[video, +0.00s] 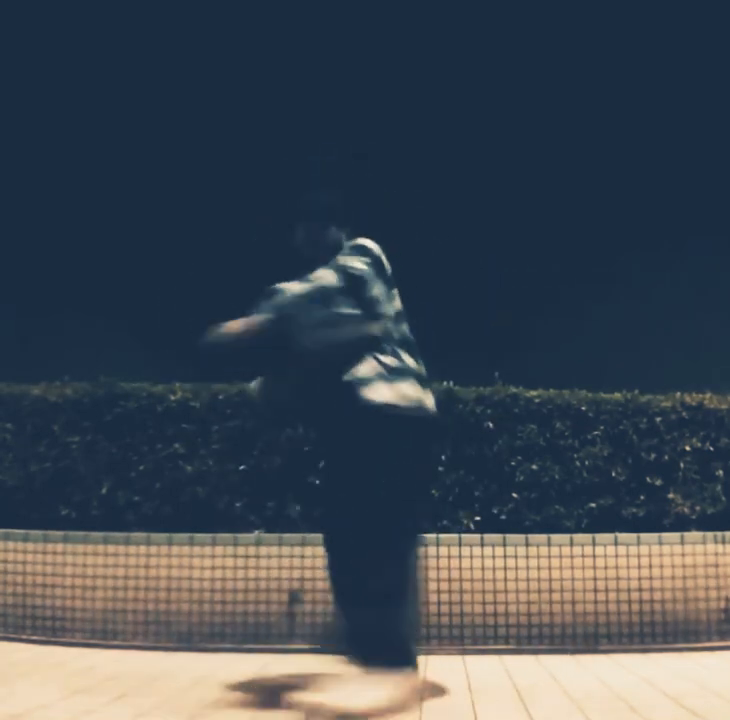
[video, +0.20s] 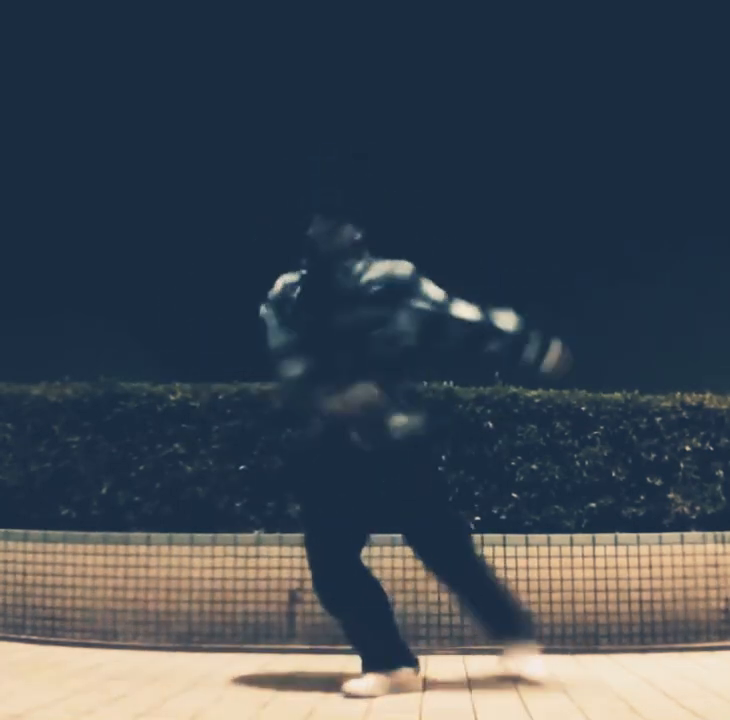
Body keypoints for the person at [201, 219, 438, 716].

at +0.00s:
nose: (306, 246)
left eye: (308, 237)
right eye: (307, 238)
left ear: (318, 238)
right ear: (343, 236)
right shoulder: (371, 270)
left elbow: (296, 297)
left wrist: (247, 324)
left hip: (371, 415)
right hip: (416, 413)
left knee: (354, 524)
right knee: (394, 526)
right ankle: (390, 646)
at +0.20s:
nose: (342, 265)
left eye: (349, 251)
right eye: (329, 256)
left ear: (361, 245)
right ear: (309, 254)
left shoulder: (395, 284)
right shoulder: (286, 298)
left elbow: (466, 318)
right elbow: (288, 374)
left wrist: (535, 347)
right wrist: (333, 401)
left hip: (400, 444)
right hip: (332, 453)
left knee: (443, 547)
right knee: (333, 568)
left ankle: (519, 638)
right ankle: (391, 666)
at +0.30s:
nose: (329, 229)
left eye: (343, 220)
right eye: (325, 220)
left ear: (366, 227)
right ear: (319, 229)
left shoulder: (405, 280)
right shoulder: (295, 290)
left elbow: (457, 337)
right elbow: (269, 354)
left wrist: (486, 379)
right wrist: (253, 392)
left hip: (402, 444)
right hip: (329, 448)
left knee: (417, 536)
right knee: (336, 558)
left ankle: (434, 627)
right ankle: (385, 663)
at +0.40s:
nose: (372, 256)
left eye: (378, 248)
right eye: (363, 246)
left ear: (388, 256)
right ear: (346, 249)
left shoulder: (403, 295)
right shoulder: (313, 290)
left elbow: (442, 347)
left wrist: (455, 385)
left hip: (393, 430)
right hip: (334, 427)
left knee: (386, 533)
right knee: (363, 529)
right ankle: (339, 642)